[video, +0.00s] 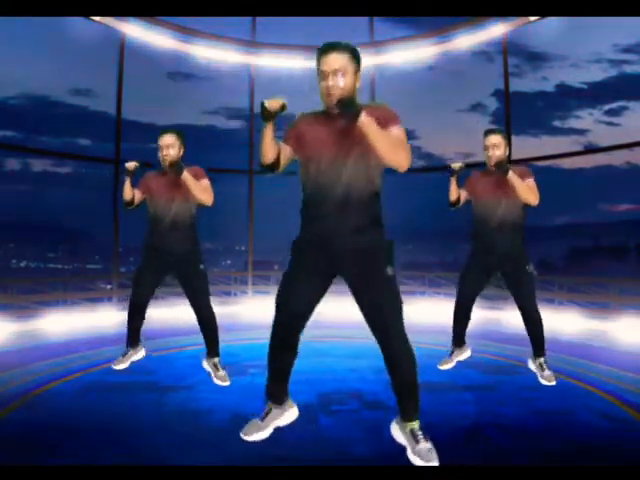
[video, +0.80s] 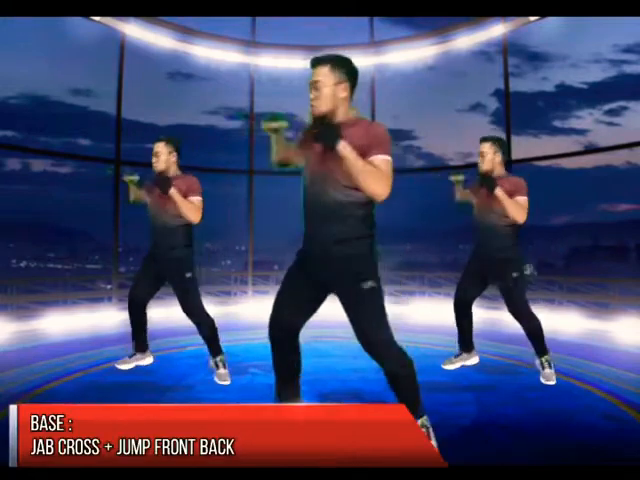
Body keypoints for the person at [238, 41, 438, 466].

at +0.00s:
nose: (333, 81)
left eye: (341, 73)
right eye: (326, 74)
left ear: (357, 76)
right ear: (318, 80)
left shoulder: (378, 117)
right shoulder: (305, 127)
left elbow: (400, 161)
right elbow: (272, 164)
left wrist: (361, 120)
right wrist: (269, 122)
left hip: (365, 246)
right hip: (314, 246)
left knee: (392, 336)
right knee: (285, 324)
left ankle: (409, 423)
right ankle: (278, 405)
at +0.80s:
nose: (312, 94)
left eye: (319, 87)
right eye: (311, 87)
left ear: (344, 90)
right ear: (317, 91)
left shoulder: (371, 132)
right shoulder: (314, 134)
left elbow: (381, 189)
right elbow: (286, 157)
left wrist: (340, 146)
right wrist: (277, 139)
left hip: (354, 261)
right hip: (313, 258)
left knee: (378, 343)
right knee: (282, 327)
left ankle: (419, 421)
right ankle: (288, 410)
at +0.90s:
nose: (304, 96)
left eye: (309, 89)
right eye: (305, 90)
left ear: (331, 90)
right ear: (328, 91)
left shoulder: (353, 126)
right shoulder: (326, 130)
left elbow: (335, 163)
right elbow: (313, 167)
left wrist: (301, 131)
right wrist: (301, 133)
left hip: (347, 256)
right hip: (316, 255)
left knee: (363, 344)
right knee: (282, 325)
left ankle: (424, 417)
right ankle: (289, 410)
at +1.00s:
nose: (313, 98)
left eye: (317, 91)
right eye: (313, 92)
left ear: (338, 90)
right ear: (339, 92)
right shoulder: (340, 126)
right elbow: (317, 173)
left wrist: (232, 109)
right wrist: (312, 133)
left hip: (348, 257)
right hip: (322, 255)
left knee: (362, 346)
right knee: (286, 324)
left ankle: (418, 416)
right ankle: (289, 410)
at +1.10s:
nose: (316, 99)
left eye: (320, 91)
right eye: (316, 92)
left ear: (341, 89)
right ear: (338, 91)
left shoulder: (358, 119)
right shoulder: (339, 128)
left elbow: (297, 133)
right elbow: (316, 177)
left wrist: (256, 114)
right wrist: (310, 131)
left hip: (356, 254)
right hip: (328, 253)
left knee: (374, 345)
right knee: (291, 325)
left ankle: (423, 424)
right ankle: (290, 415)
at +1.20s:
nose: (311, 100)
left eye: (316, 93)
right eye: (311, 94)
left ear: (340, 93)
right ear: (333, 94)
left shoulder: (371, 125)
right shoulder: (330, 137)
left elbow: (370, 171)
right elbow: (317, 187)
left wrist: (325, 134)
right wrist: (302, 149)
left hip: (369, 256)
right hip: (332, 256)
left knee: (385, 346)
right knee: (296, 330)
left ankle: (424, 428)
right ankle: (289, 417)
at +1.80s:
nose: (284, 94)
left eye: (290, 86)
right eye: (284, 87)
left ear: (317, 87)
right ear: (301, 89)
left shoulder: (355, 126)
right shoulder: (293, 136)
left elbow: (361, 173)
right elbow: (267, 181)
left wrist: (319, 128)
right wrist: (252, 142)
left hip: (342, 254)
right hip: (294, 252)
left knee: (377, 342)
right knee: (257, 321)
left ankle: (393, 409)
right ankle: (244, 397)